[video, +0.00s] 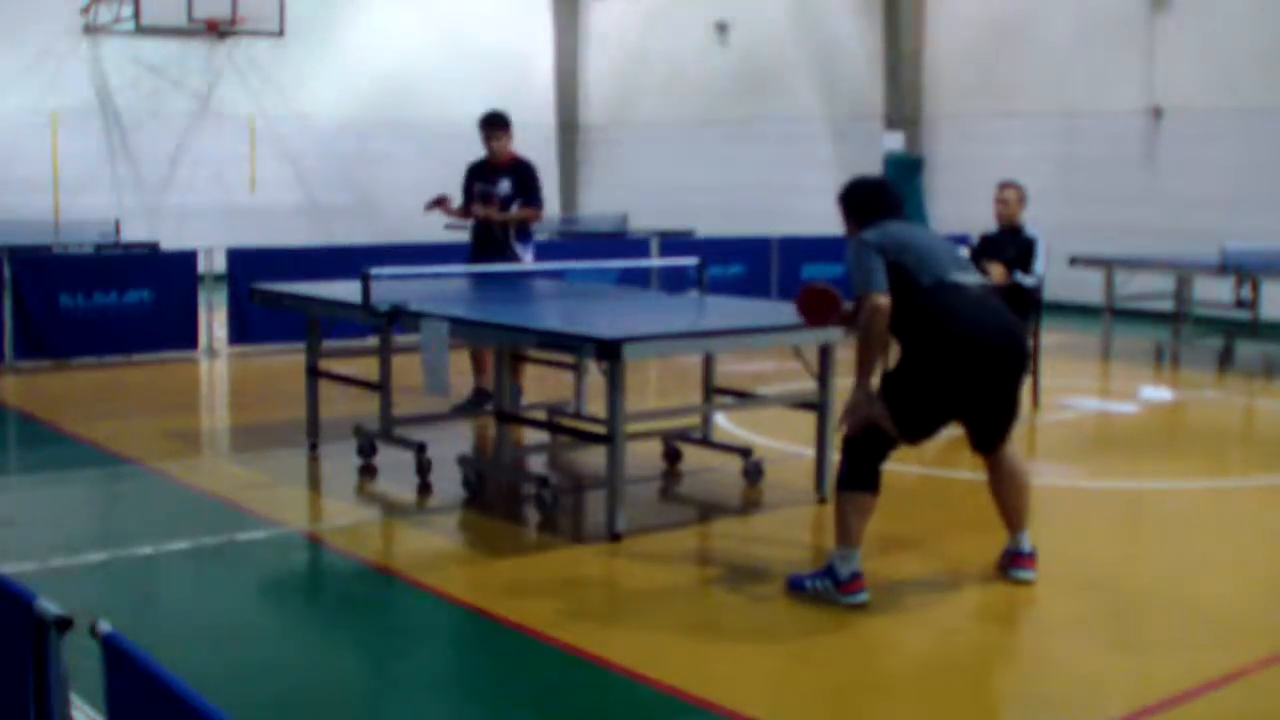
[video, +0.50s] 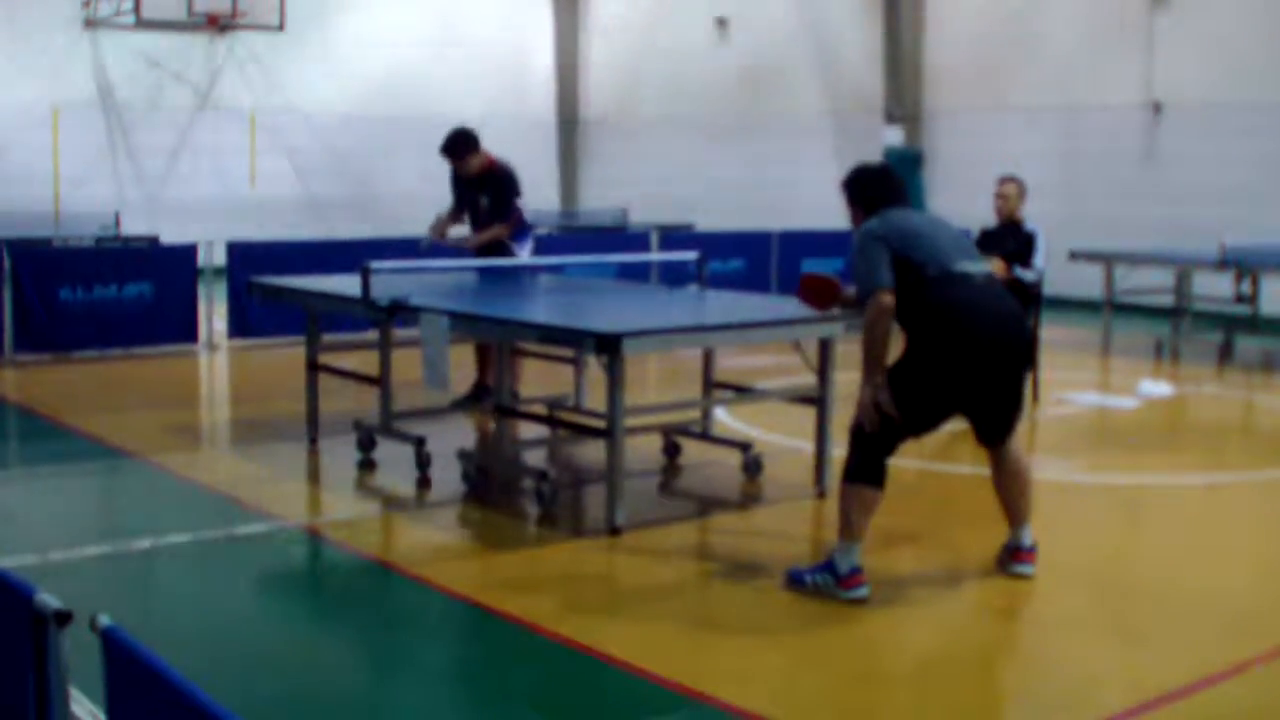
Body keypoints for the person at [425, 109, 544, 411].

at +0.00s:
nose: (494, 144)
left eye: (499, 138)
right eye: (489, 138)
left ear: (509, 137)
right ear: (482, 138)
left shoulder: (523, 170)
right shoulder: (475, 171)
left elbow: (534, 212)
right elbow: (470, 212)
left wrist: (499, 216)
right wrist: (448, 210)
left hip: (514, 260)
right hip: (481, 259)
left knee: (514, 328)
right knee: (478, 327)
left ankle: (513, 389)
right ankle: (482, 388)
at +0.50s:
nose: (457, 168)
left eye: (461, 162)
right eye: (454, 163)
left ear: (476, 154)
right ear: (454, 158)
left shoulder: (501, 175)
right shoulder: (460, 173)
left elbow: (508, 225)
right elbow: (460, 209)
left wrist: (473, 240)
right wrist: (444, 223)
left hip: (512, 256)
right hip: (484, 256)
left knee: (508, 326)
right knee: (483, 325)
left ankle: (509, 388)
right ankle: (483, 383)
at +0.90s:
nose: (455, 204)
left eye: (455, 198)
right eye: (452, 201)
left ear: (465, 185)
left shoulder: (493, 195)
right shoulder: (472, 189)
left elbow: (498, 247)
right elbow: (460, 229)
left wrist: (463, 261)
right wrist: (443, 254)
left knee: (511, 329)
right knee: (501, 328)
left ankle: (510, 388)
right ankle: (501, 387)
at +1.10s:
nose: (453, 216)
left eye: (453, 211)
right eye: (450, 214)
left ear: (461, 196)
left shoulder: (489, 195)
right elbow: (459, 232)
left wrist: (478, 259)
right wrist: (444, 255)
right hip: (500, 263)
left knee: (511, 329)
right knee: (502, 329)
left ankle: (511, 386)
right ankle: (502, 385)